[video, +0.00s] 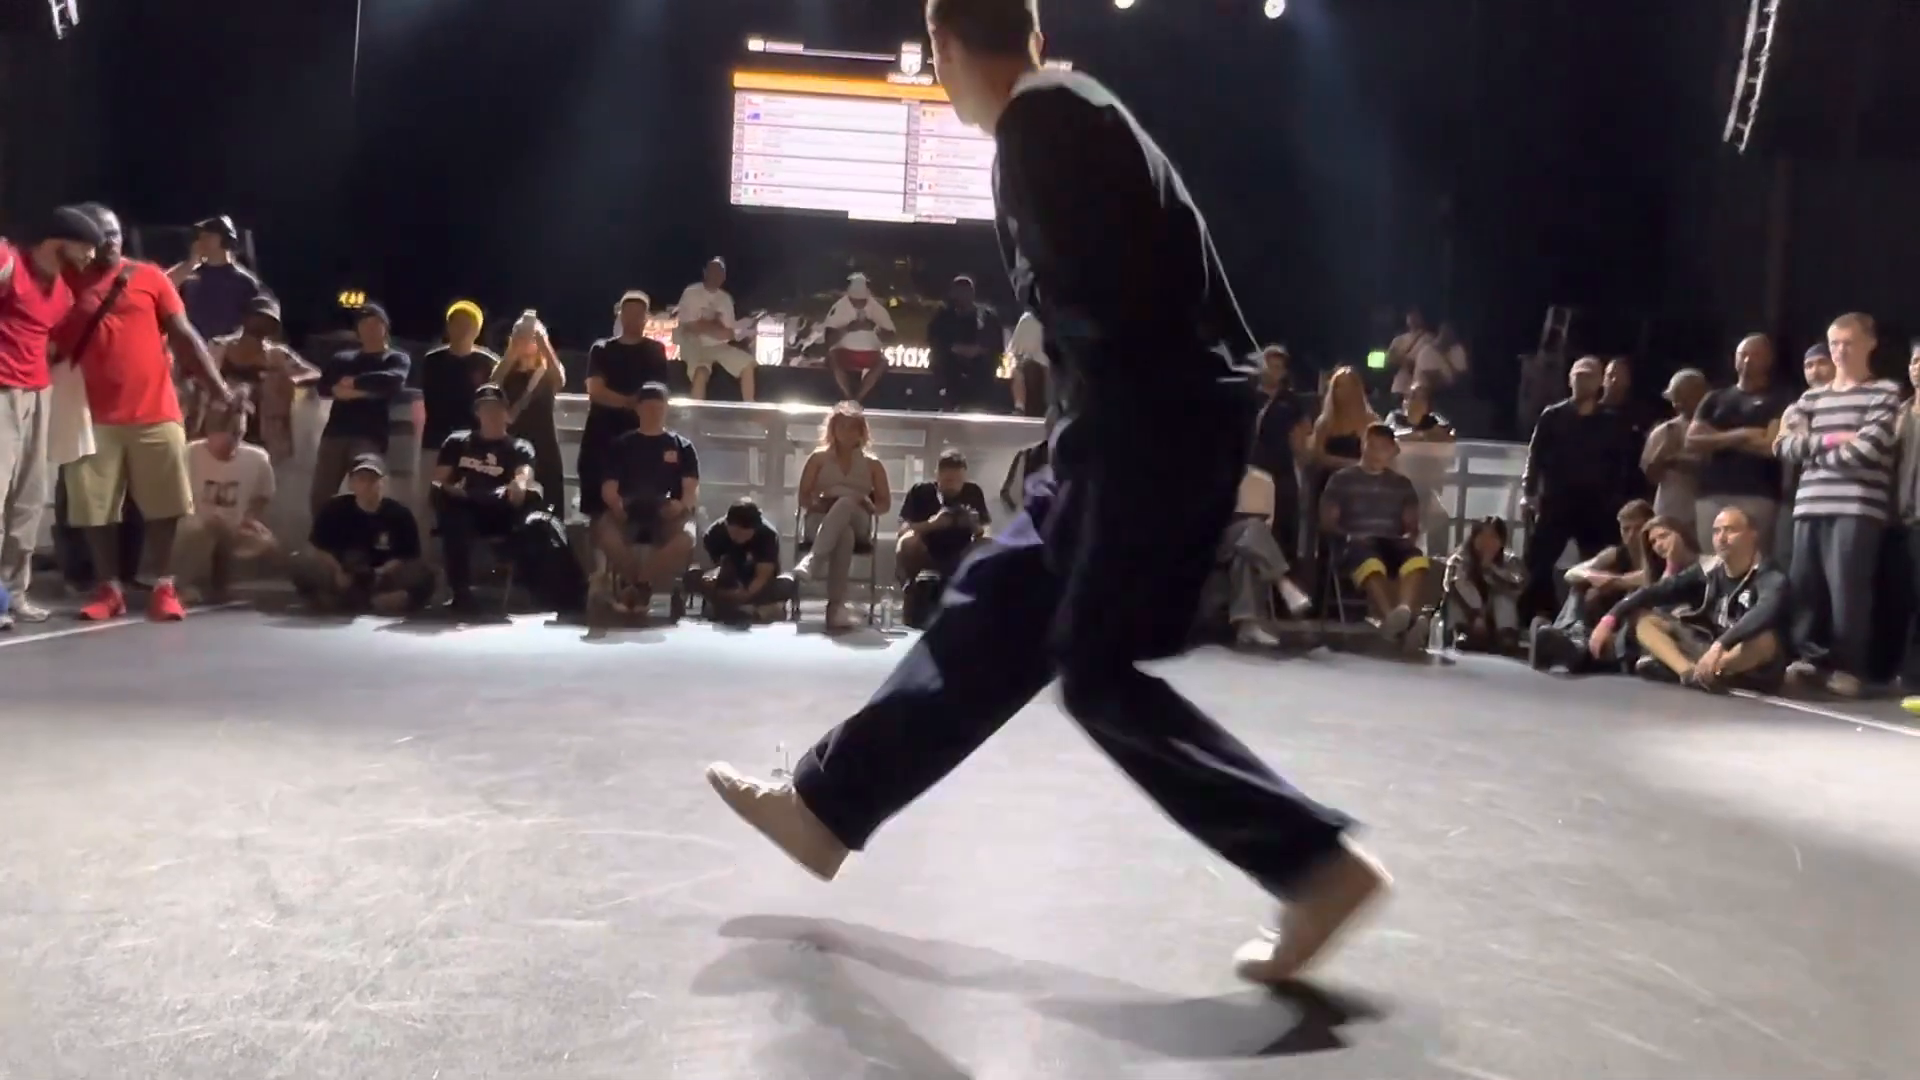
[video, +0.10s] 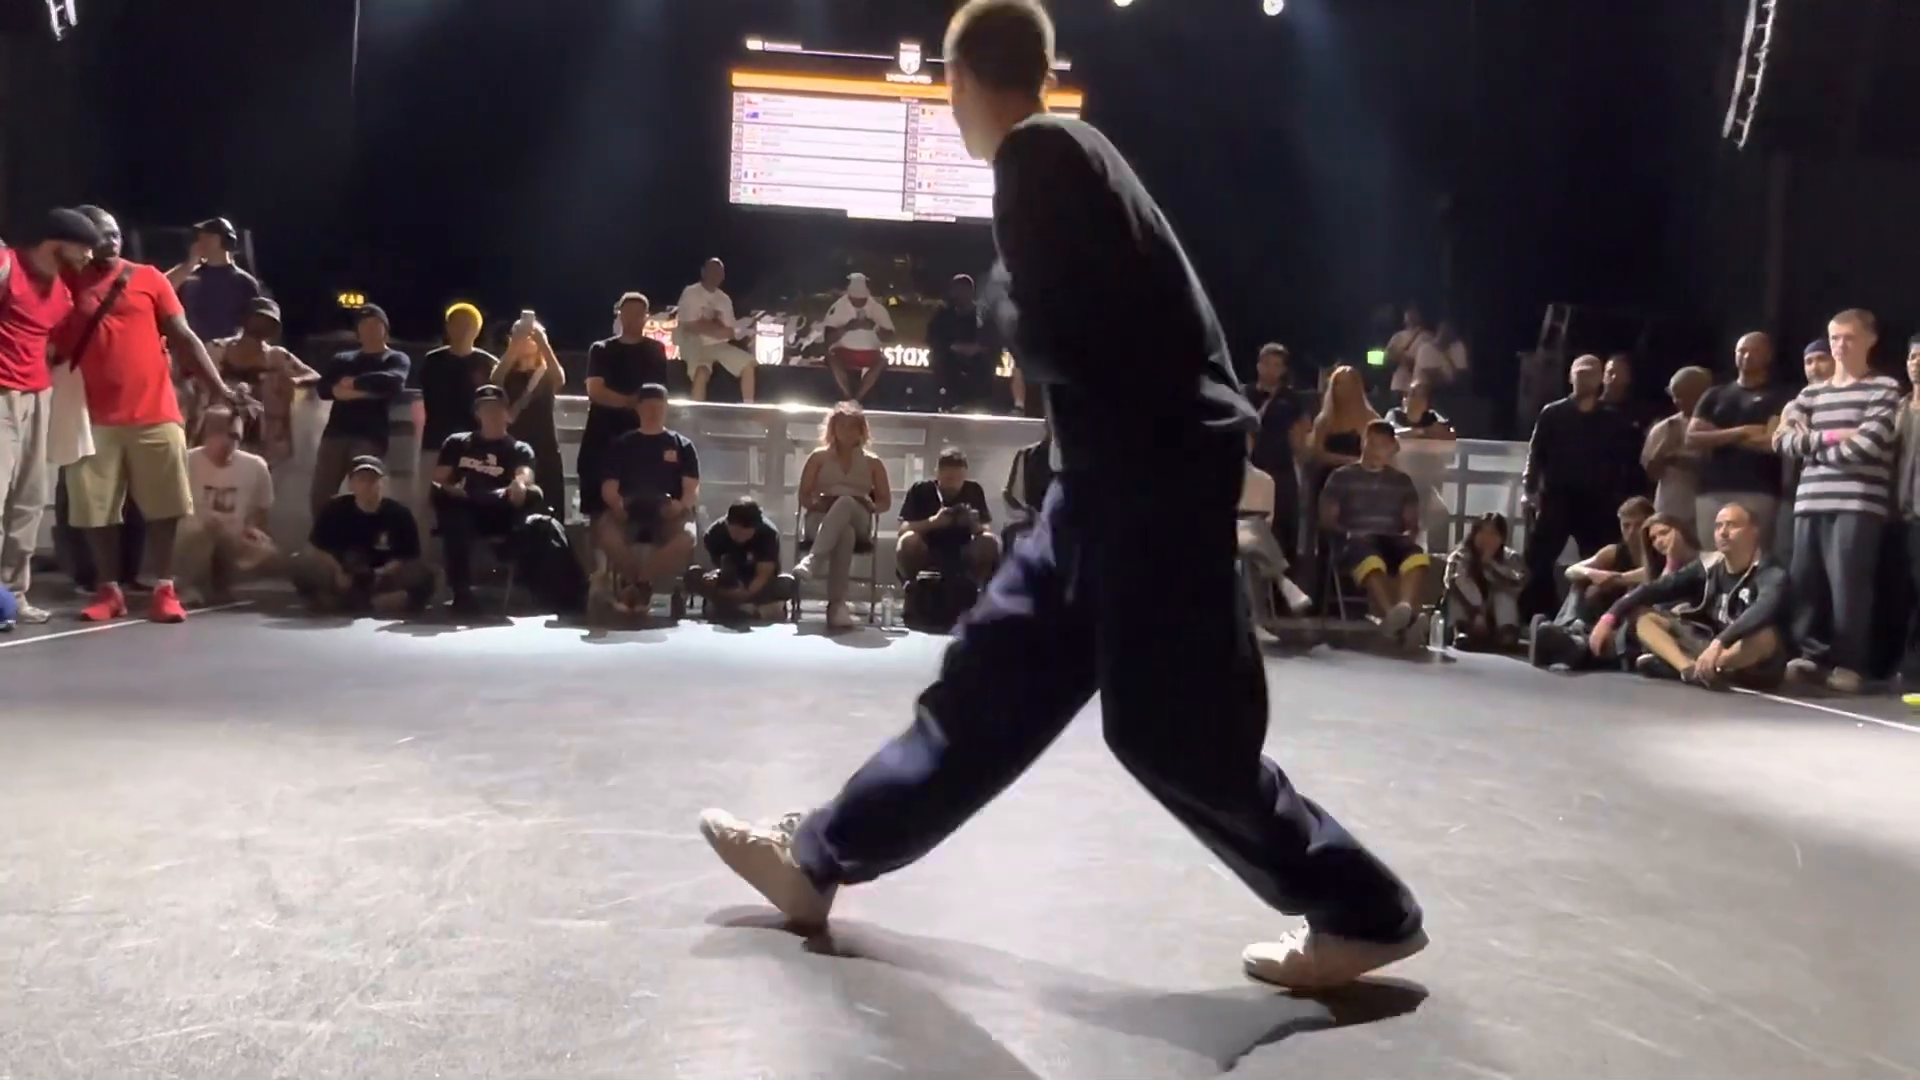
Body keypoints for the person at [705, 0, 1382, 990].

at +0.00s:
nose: (934, 75)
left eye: (934, 54)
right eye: (934, 56)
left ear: (959, 49)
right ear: (1021, 37)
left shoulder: (1042, 117)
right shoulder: (1068, 115)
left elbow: (1094, 296)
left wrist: (1028, 330)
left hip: (1160, 429)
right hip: (1122, 430)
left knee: (1097, 674)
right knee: (994, 612)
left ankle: (1317, 867)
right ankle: (829, 809)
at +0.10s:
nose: (949, 104)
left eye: (948, 83)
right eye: (951, 84)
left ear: (967, 82)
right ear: (1037, 73)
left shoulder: (1040, 155)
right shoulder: (1071, 149)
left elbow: (1061, 329)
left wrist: (996, 308)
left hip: (1160, 480)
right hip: (1114, 477)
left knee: (1170, 726)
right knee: (992, 682)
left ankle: (1365, 914)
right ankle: (816, 860)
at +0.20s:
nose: (974, 74)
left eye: (973, 57)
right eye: (977, 57)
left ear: (986, 52)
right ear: (1074, 51)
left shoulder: (1014, 120)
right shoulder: (1138, 149)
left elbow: (937, 281)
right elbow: (1244, 279)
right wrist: (1260, 433)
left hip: (1083, 449)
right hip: (1102, 448)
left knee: (1058, 702)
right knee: (928, 597)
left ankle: (1278, 860)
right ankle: (864, 845)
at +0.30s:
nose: (995, 80)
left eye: (995, 65)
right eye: (1002, 68)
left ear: (1003, 61)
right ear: (1089, 69)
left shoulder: (996, 131)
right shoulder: (1171, 172)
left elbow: (871, 229)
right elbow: (1260, 298)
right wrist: (1249, 458)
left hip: (1018, 444)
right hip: (1114, 460)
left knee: (887, 626)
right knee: (935, 621)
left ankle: (985, 835)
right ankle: (979, 872)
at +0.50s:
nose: (1012, 65)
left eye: (1017, 52)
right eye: (1026, 54)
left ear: (1029, 55)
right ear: (1106, 75)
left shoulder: (969, 135)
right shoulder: (1150, 163)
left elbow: (858, 245)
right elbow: (1162, 328)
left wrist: (795, 367)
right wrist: (1101, 391)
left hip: (970, 409)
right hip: (1082, 437)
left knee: (900, 579)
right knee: (1002, 655)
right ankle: (920, 868)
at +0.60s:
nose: (1018, 82)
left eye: (1019, 69)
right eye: (1029, 72)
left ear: (1028, 70)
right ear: (1110, 84)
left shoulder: (963, 145)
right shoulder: (1139, 164)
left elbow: (841, 206)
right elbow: (1153, 303)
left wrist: (738, 299)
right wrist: (1113, 360)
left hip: (970, 404)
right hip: (1074, 416)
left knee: (1022, 626)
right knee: (994, 633)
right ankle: (843, 808)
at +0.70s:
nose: (1007, 104)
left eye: (1011, 90)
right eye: (1017, 91)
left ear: (1023, 92)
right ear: (1100, 107)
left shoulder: (973, 189)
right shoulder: (1141, 204)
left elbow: (858, 272)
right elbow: (1213, 334)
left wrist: (784, 355)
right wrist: (1154, 375)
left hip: (969, 447)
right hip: (1062, 458)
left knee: (1063, 656)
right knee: (955, 665)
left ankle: (1102, 865)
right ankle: (818, 839)